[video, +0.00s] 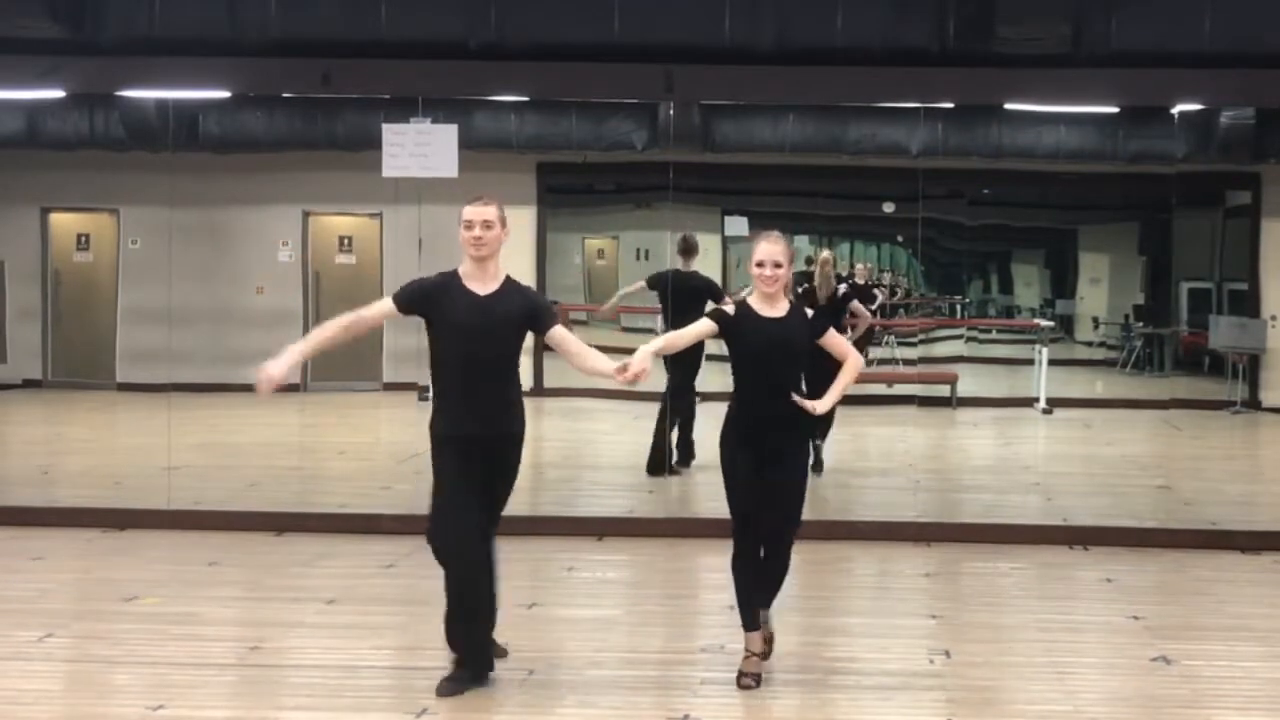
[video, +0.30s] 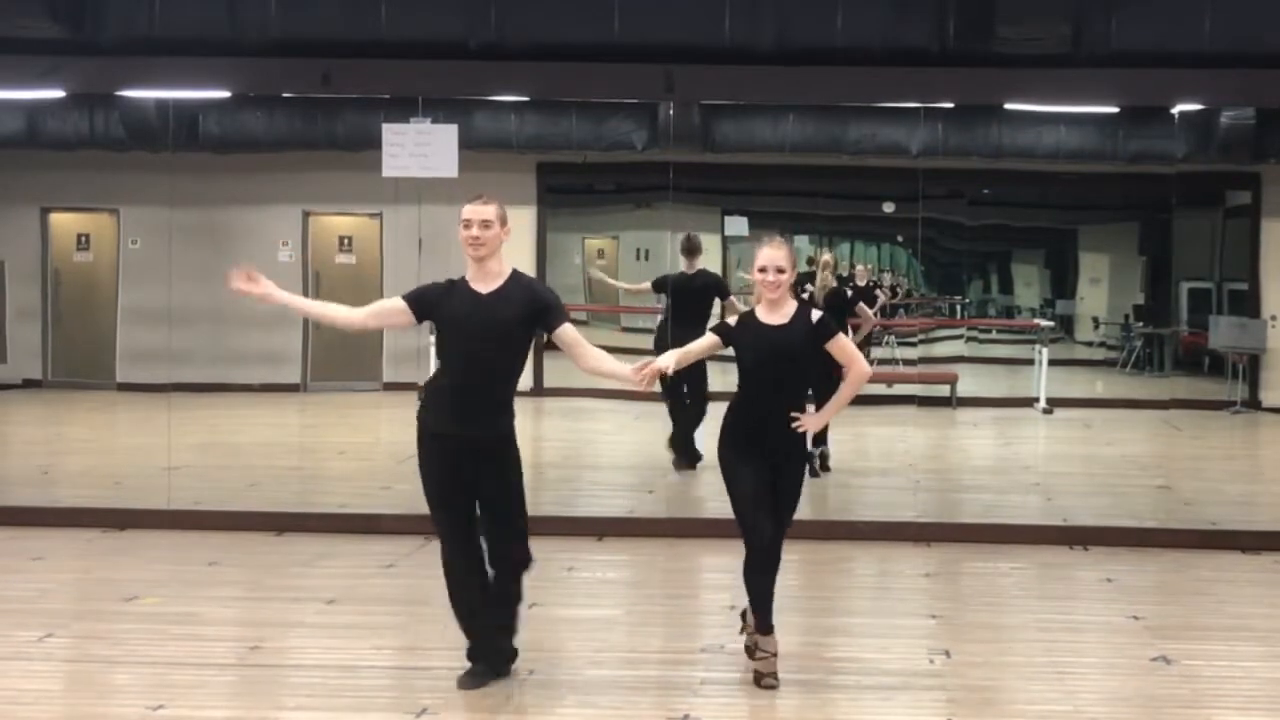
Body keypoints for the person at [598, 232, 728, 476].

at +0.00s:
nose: (688, 256)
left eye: (683, 253)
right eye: (692, 252)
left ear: (677, 253)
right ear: (697, 254)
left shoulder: (664, 278)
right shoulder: (704, 283)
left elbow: (628, 290)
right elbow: (730, 308)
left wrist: (609, 306)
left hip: (669, 345)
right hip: (693, 346)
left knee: (683, 394)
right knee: (678, 394)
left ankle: (685, 450)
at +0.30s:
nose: (690, 256)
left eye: (686, 252)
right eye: (695, 251)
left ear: (681, 253)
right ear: (701, 253)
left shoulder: (670, 281)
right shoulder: (713, 281)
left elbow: (635, 289)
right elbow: (736, 310)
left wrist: (605, 279)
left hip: (668, 351)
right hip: (696, 351)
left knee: (675, 401)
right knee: (699, 401)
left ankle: (688, 455)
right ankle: (678, 440)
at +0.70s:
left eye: (690, 253)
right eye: (701, 253)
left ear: (684, 254)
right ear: (704, 255)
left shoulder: (673, 276)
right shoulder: (711, 286)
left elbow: (634, 274)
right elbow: (727, 314)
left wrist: (597, 273)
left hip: (682, 350)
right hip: (707, 350)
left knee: (685, 398)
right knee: (703, 398)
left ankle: (685, 445)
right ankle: (696, 448)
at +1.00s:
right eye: (705, 254)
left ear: (687, 254)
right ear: (706, 256)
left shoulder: (676, 271)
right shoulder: (713, 284)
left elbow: (640, 254)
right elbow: (733, 313)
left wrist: (616, 243)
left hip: (681, 351)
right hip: (707, 352)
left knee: (682, 398)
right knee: (703, 399)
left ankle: (677, 446)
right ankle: (696, 449)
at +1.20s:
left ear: (690, 253)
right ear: (711, 253)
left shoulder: (680, 277)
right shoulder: (721, 281)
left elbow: (646, 274)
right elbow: (742, 306)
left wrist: (644, 248)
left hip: (678, 341)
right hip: (704, 343)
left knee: (672, 396)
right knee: (696, 395)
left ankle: (673, 452)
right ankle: (695, 447)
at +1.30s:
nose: (710, 254)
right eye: (713, 251)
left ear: (695, 251)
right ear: (714, 252)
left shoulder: (682, 277)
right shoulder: (723, 280)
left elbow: (658, 290)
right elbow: (743, 303)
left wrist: (641, 271)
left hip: (678, 343)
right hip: (706, 344)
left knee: (675, 397)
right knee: (700, 396)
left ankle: (673, 453)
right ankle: (692, 451)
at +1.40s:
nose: (722, 253)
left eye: (721, 249)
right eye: (721, 249)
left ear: (701, 251)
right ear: (715, 251)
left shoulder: (687, 279)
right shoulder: (724, 279)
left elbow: (680, 307)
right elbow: (752, 287)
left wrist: (661, 299)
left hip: (685, 339)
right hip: (711, 341)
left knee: (679, 397)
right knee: (701, 393)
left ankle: (673, 454)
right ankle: (698, 445)